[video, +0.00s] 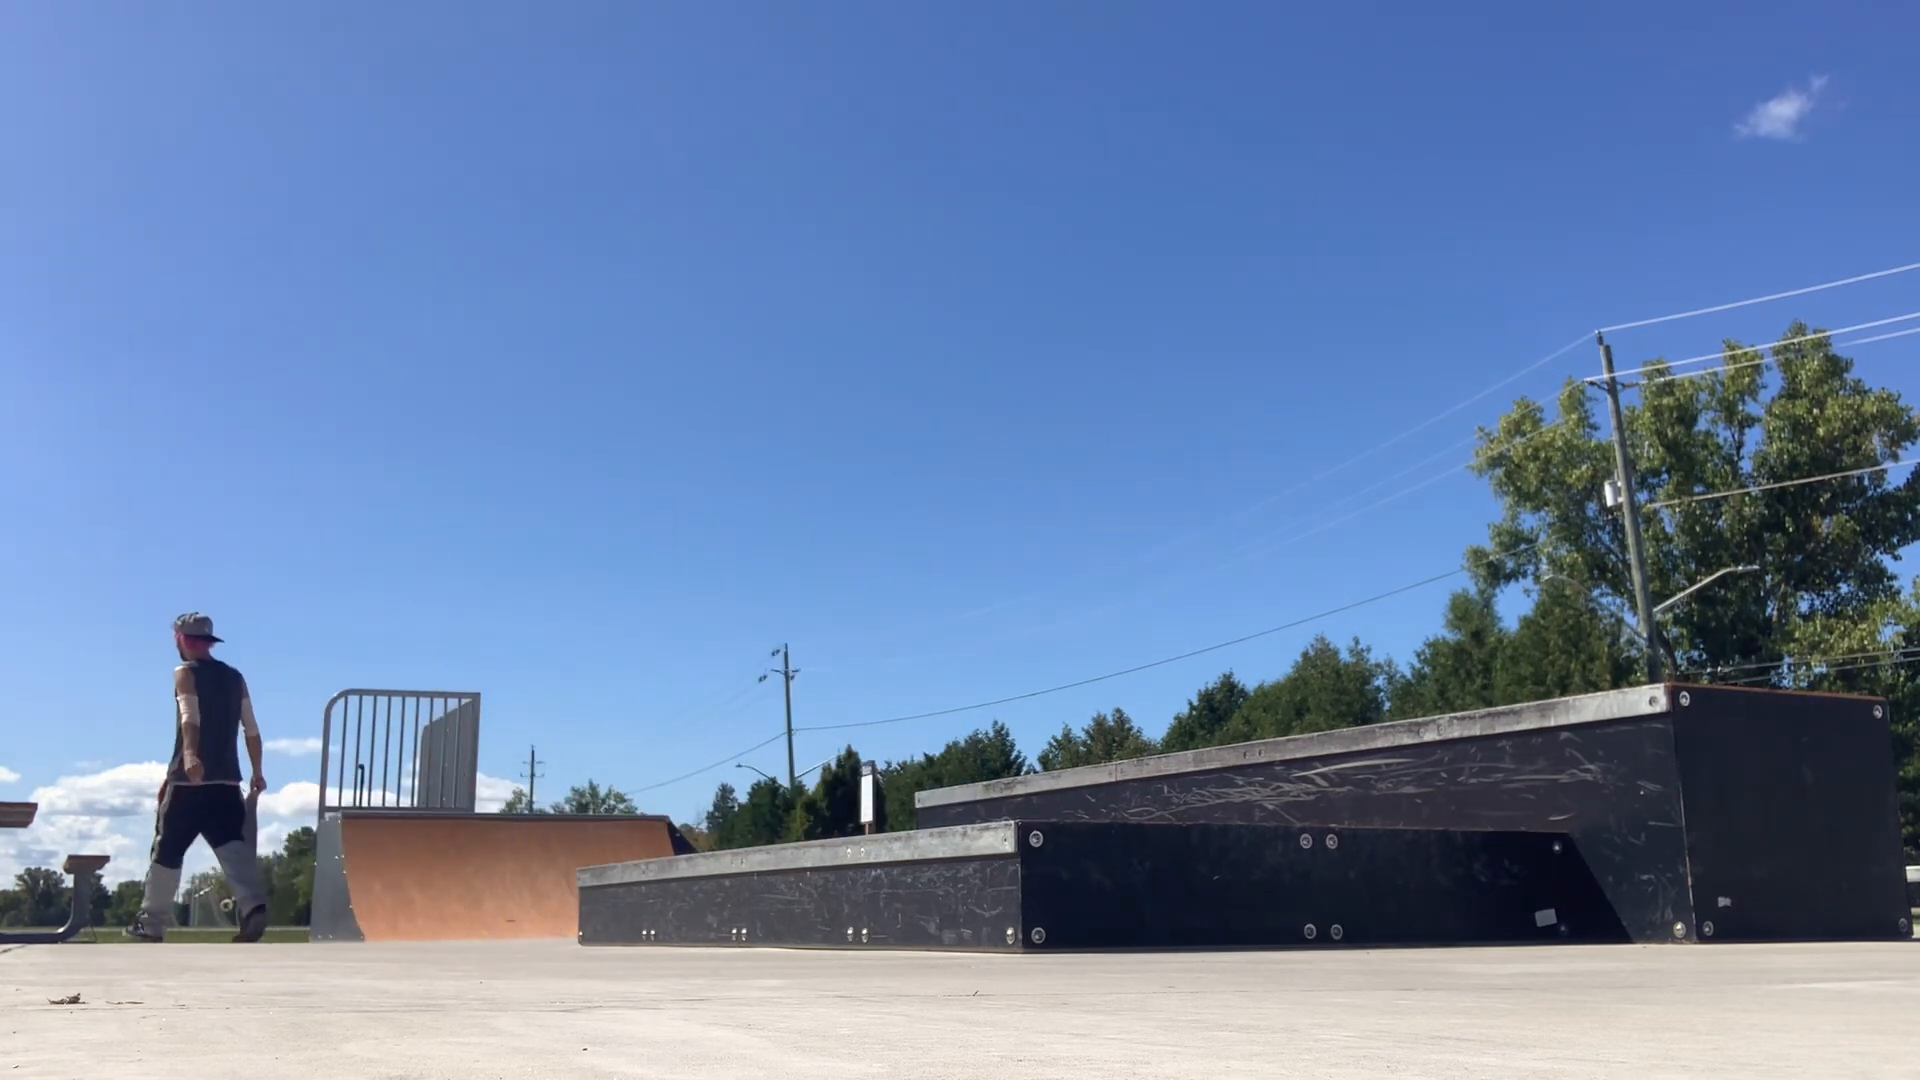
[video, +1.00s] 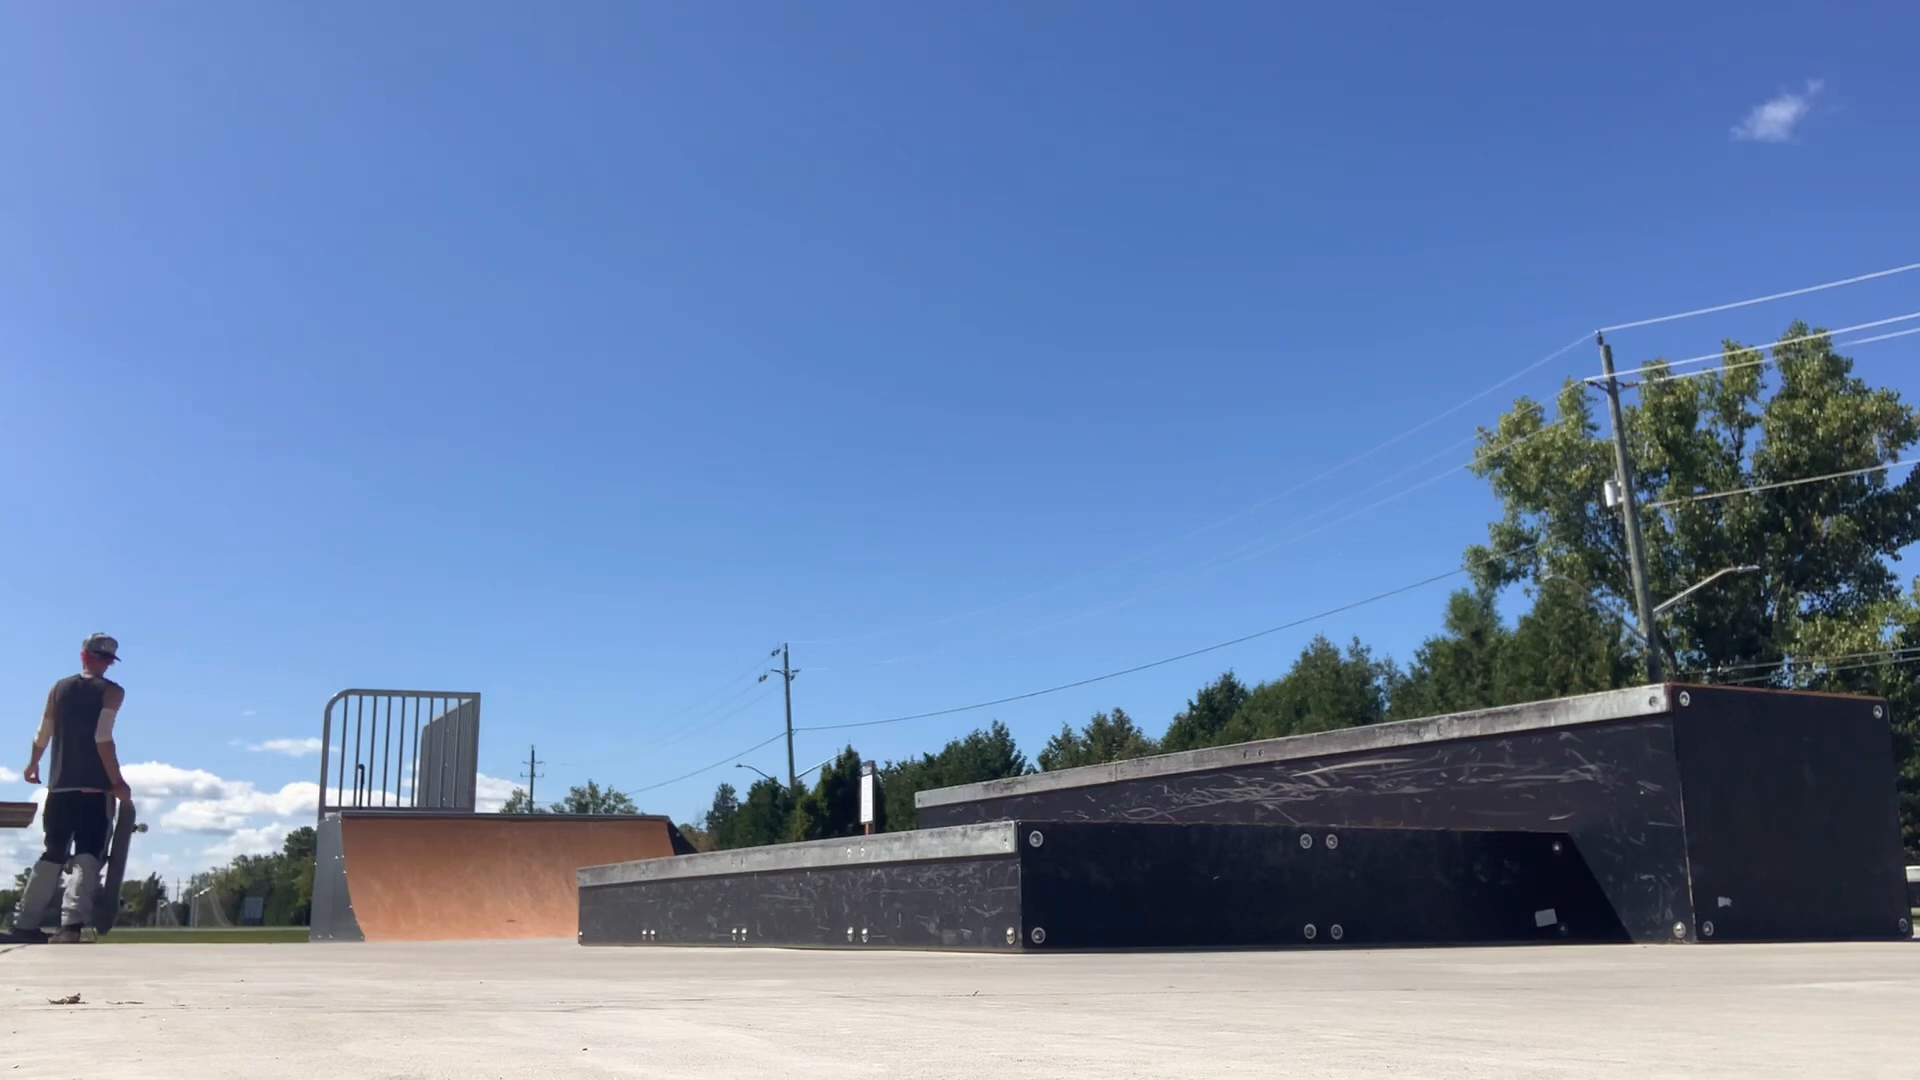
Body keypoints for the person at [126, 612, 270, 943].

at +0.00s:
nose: (178, 644)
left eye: (178, 639)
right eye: (180, 639)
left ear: (182, 640)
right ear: (210, 641)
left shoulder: (184, 673)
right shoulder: (235, 677)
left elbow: (190, 718)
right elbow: (251, 730)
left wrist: (190, 756)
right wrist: (257, 772)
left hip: (187, 782)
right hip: (225, 783)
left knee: (167, 852)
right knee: (231, 846)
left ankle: (151, 923)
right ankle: (251, 907)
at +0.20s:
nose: (148, 642)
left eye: (148, 637)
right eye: (150, 637)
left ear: (153, 637)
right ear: (180, 638)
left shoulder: (152, 671)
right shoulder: (205, 676)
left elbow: (138, 723)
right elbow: (216, 731)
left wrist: (115, 763)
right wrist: (223, 773)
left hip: (152, 778)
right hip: (186, 779)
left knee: (139, 849)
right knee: (172, 840)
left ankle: (149, 926)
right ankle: (191, 890)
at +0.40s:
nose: (125, 648)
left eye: (125, 642)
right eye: (128, 643)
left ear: (129, 643)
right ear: (156, 646)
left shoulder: (126, 677)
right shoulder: (177, 683)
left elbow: (91, 724)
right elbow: (188, 737)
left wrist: (54, 754)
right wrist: (190, 779)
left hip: (130, 778)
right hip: (159, 781)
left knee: (134, 851)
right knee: (129, 853)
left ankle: (151, 926)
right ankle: (105, 923)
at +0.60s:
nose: (104, 655)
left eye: (105, 651)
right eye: (107, 651)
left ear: (108, 652)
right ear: (135, 655)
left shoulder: (99, 686)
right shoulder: (151, 692)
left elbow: (71, 730)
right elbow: (161, 742)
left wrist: (46, 748)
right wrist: (161, 782)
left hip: (98, 785)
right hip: (129, 788)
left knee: (88, 853)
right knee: (96, 856)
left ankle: (129, 903)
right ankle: (72, 928)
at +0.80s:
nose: (110, 656)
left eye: (106, 649)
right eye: (113, 650)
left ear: (93, 649)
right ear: (120, 654)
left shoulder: (73, 684)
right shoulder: (133, 689)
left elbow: (56, 730)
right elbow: (133, 738)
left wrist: (40, 760)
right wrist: (140, 785)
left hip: (75, 788)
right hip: (112, 791)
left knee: (52, 842)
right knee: (94, 858)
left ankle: (64, 889)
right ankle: (75, 930)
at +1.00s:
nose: (108, 661)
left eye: (110, 656)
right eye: (105, 656)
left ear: (83, 656)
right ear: (94, 657)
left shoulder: (59, 687)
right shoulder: (112, 691)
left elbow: (44, 735)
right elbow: (102, 737)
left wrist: (33, 764)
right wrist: (118, 782)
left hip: (58, 792)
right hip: (92, 791)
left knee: (53, 853)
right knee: (88, 855)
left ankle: (25, 925)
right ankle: (70, 926)